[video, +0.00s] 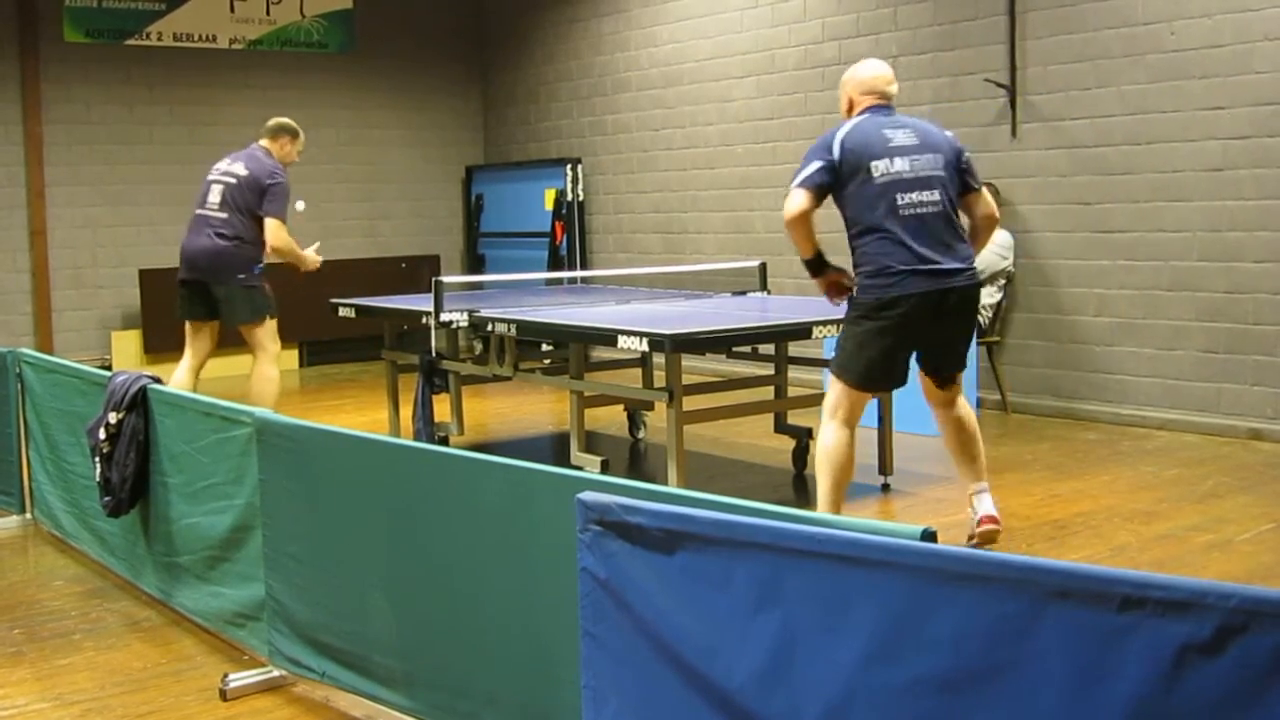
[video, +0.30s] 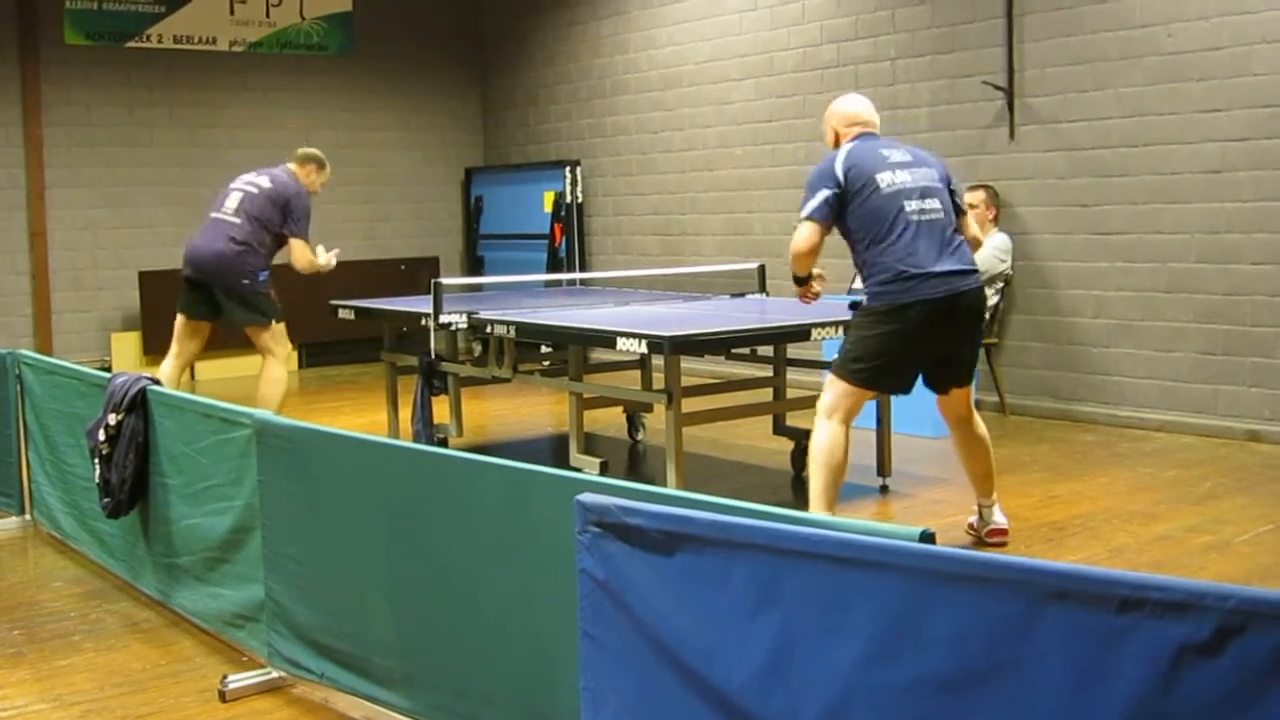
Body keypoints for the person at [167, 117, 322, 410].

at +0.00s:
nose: (297, 159)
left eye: (299, 152)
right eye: (297, 150)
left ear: (270, 141)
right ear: (283, 143)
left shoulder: (229, 161)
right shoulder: (273, 175)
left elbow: (225, 225)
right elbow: (276, 240)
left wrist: (271, 250)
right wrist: (303, 259)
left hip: (193, 260)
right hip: (234, 262)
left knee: (195, 352)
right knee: (267, 350)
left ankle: (167, 428)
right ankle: (262, 438)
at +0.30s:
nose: (319, 189)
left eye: (322, 184)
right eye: (321, 182)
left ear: (295, 165)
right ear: (310, 170)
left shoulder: (256, 175)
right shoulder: (296, 193)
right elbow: (301, 262)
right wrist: (321, 263)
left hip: (198, 256)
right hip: (239, 262)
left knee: (179, 352)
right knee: (277, 352)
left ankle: (151, 424)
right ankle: (262, 438)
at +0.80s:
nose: (321, 238)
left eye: (326, 233)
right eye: (325, 229)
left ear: (301, 209)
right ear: (313, 215)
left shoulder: (261, 211)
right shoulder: (296, 228)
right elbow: (300, 290)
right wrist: (327, 297)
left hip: (185, 271)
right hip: (225, 276)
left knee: (179, 367)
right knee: (279, 357)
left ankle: (147, 426)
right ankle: (263, 442)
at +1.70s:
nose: (305, 211)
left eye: (308, 205)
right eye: (305, 202)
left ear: (284, 189)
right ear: (288, 190)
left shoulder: (237, 191)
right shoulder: (274, 210)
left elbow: (207, 235)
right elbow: (290, 277)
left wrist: (233, 272)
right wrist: (333, 262)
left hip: (166, 259)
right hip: (205, 263)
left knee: (181, 348)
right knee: (271, 336)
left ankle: (150, 401)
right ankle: (261, 420)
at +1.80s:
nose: (301, 178)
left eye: (303, 171)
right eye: (299, 169)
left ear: (277, 158)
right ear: (282, 159)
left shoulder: (231, 166)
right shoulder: (271, 182)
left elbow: (205, 216)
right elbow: (299, 244)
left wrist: (238, 253)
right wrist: (332, 213)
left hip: (167, 241)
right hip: (205, 246)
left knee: (180, 334)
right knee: (261, 328)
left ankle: (152, 397)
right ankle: (260, 415)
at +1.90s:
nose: (297, 144)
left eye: (297, 137)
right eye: (294, 135)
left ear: (269, 129)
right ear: (274, 129)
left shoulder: (222, 142)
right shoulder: (267, 155)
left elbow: (205, 192)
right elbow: (304, 210)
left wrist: (243, 228)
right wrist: (330, 182)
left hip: (171, 226)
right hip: (209, 230)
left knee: (177, 320)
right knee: (252, 317)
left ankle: (146, 385)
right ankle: (253, 405)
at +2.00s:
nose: (292, 119)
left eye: (292, 112)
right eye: (289, 111)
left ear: (262, 107)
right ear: (272, 106)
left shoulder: (219, 126)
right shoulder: (265, 135)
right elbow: (299, 194)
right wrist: (332, 174)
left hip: (178, 216)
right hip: (216, 219)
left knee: (176, 311)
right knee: (253, 309)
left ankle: (141, 379)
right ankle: (248, 397)